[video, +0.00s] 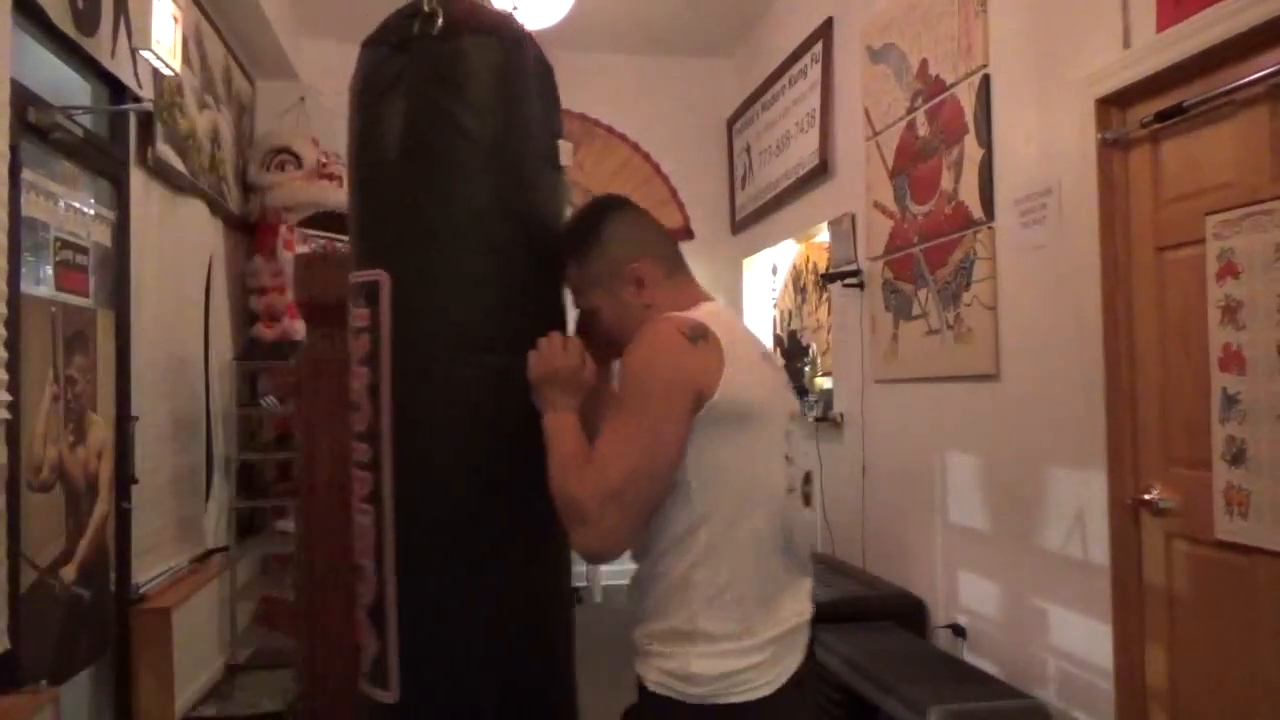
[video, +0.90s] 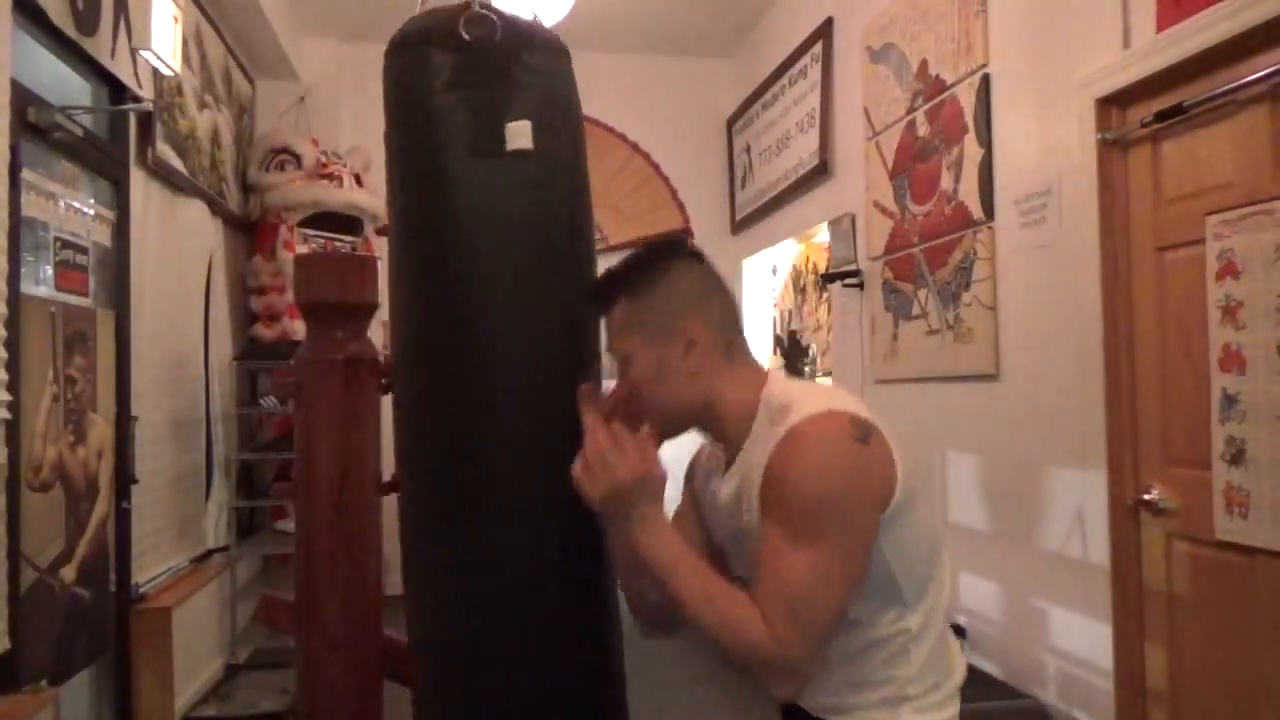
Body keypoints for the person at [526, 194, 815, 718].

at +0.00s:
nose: (583, 329)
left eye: (589, 308)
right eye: (581, 311)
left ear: (639, 284)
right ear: (645, 283)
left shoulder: (671, 342)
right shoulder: (734, 339)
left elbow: (599, 529)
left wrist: (559, 407)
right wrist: (593, 386)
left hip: (702, 690)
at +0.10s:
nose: (631, 337)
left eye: (635, 319)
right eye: (627, 322)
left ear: (686, 299)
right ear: (693, 299)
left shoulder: (735, 365)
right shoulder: (767, 354)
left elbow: (659, 543)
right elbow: (659, 510)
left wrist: (588, 414)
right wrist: (633, 383)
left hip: (748, 696)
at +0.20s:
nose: (670, 351)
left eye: (675, 334)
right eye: (666, 335)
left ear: (730, 314)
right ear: (733, 315)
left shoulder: (782, 388)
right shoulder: (788, 375)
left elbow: (718, 562)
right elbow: (673, 504)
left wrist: (607, 455)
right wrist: (664, 394)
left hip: (790, 698)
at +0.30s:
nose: (686, 337)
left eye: (691, 318)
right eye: (683, 321)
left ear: (744, 299)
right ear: (748, 300)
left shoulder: (792, 367)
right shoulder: (810, 358)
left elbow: (747, 539)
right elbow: (704, 500)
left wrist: (619, 459)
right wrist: (686, 386)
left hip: (812, 689)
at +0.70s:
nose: (686, 312)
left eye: (692, 288)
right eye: (683, 291)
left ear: (755, 268)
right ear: (757, 271)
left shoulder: (836, 367)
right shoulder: (789, 369)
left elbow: (757, 548)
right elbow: (681, 496)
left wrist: (665, 404)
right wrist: (674, 378)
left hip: (866, 692)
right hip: (818, 676)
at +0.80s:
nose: (657, 339)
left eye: (663, 315)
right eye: (654, 318)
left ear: (728, 298)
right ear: (726, 302)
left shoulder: (842, 405)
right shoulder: (741, 410)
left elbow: (757, 605)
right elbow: (668, 552)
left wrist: (657, 439)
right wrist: (646, 431)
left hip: (873, 705)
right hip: (798, 683)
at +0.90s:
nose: (620, 388)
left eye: (626, 362)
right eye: (619, 365)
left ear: (690, 346)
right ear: (692, 348)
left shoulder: (828, 446)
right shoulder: (712, 463)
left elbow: (781, 659)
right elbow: (660, 612)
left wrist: (641, 517)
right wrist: (622, 508)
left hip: (892, 707)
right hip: (810, 699)